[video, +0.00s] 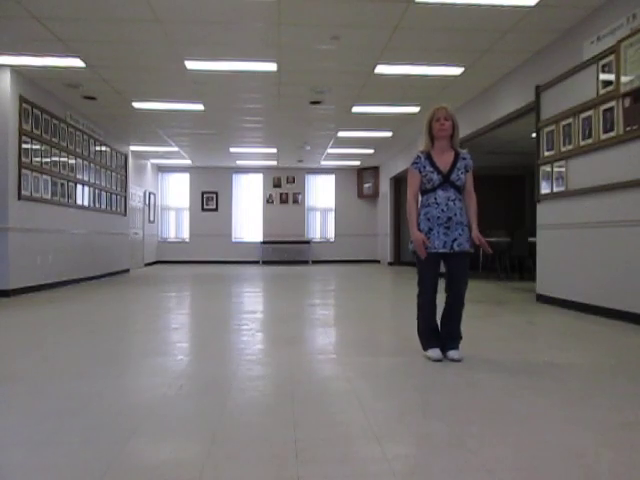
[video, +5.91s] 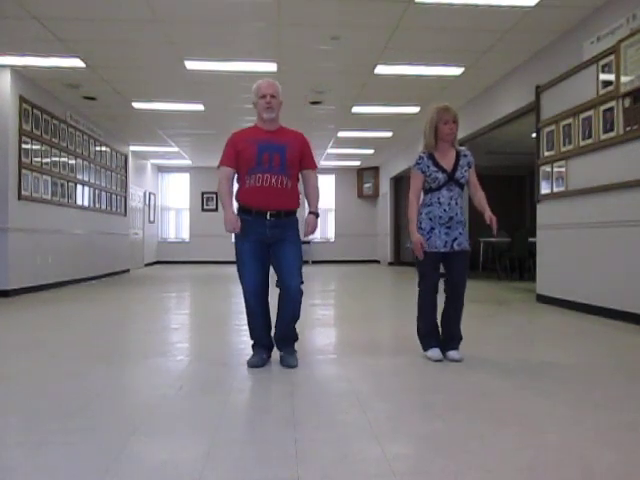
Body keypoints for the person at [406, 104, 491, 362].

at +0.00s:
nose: (443, 124)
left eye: (446, 120)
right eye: (438, 121)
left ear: (454, 126)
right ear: (430, 127)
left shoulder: (464, 159)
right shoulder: (420, 160)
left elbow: (469, 195)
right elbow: (412, 197)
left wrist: (474, 228)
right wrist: (414, 231)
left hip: (458, 228)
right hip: (429, 228)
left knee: (457, 289)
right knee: (427, 289)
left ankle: (451, 343)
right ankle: (430, 343)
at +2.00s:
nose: (444, 126)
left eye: (447, 123)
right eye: (438, 123)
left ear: (452, 128)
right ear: (429, 128)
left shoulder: (462, 160)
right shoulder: (419, 163)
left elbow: (472, 194)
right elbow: (410, 201)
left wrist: (483, 221)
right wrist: (412, 233)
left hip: (456, 232)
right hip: (427, 232)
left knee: (459, 287)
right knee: (425, 289)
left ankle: (451, 343)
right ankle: (430, 343)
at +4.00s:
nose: (441, 125)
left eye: (445, 121)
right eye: (436, 121)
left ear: (452, 126)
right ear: (428, 127)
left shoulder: (462, 158)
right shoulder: (420, 159)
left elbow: (474, 192)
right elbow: (413, 195)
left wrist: (487, 218)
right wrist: (413, 226)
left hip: (456, 231)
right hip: (427, 231)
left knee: (454, 291)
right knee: (428, 290)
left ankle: (450, 343)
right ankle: (430, 343)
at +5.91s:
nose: (451, 127)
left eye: (454, 123)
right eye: (445, 123)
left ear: (458, 127)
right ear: (435, 128)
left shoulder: (465, 157)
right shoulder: (424, 159)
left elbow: (475, 190)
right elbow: (413, 198)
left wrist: (486, 211)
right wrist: (414, 233)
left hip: (458, 232)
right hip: (429, 232)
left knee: (457, 289)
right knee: (428, 289)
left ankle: (451, 343)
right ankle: (430, 343)